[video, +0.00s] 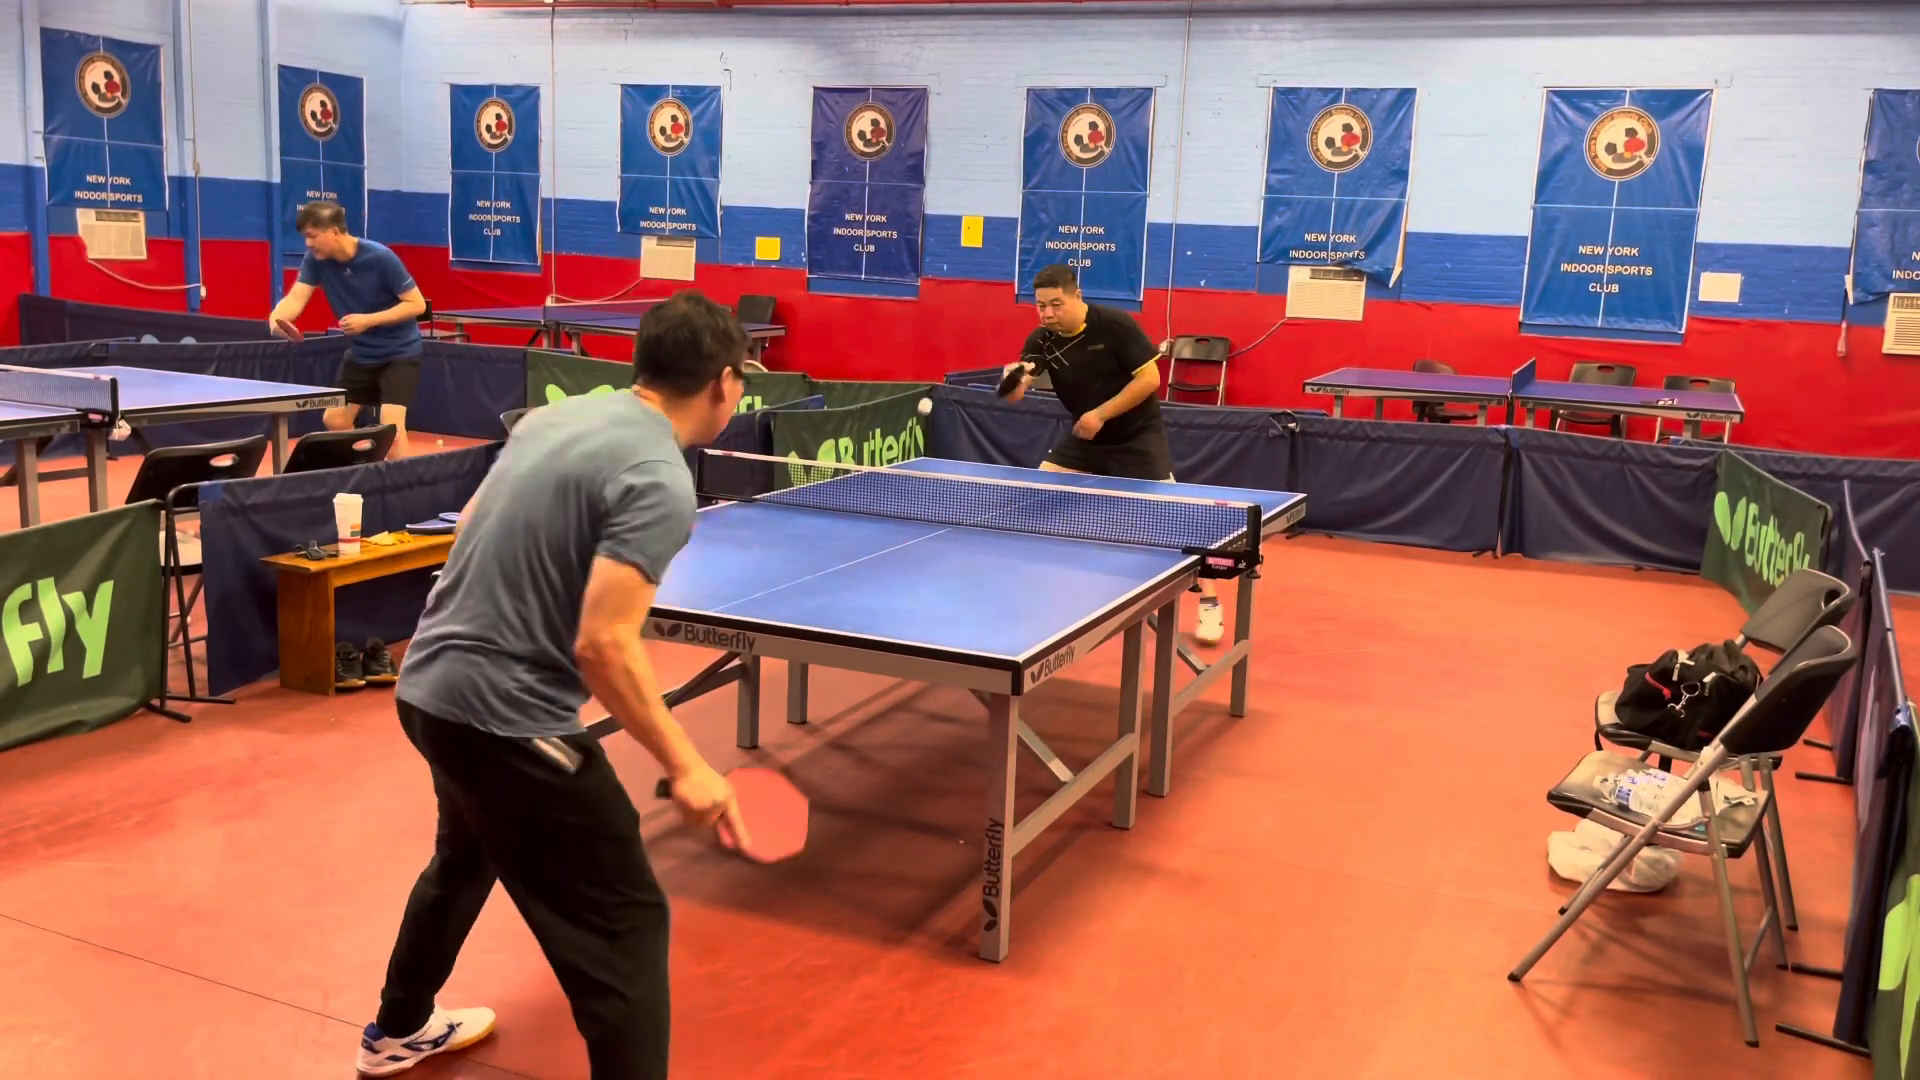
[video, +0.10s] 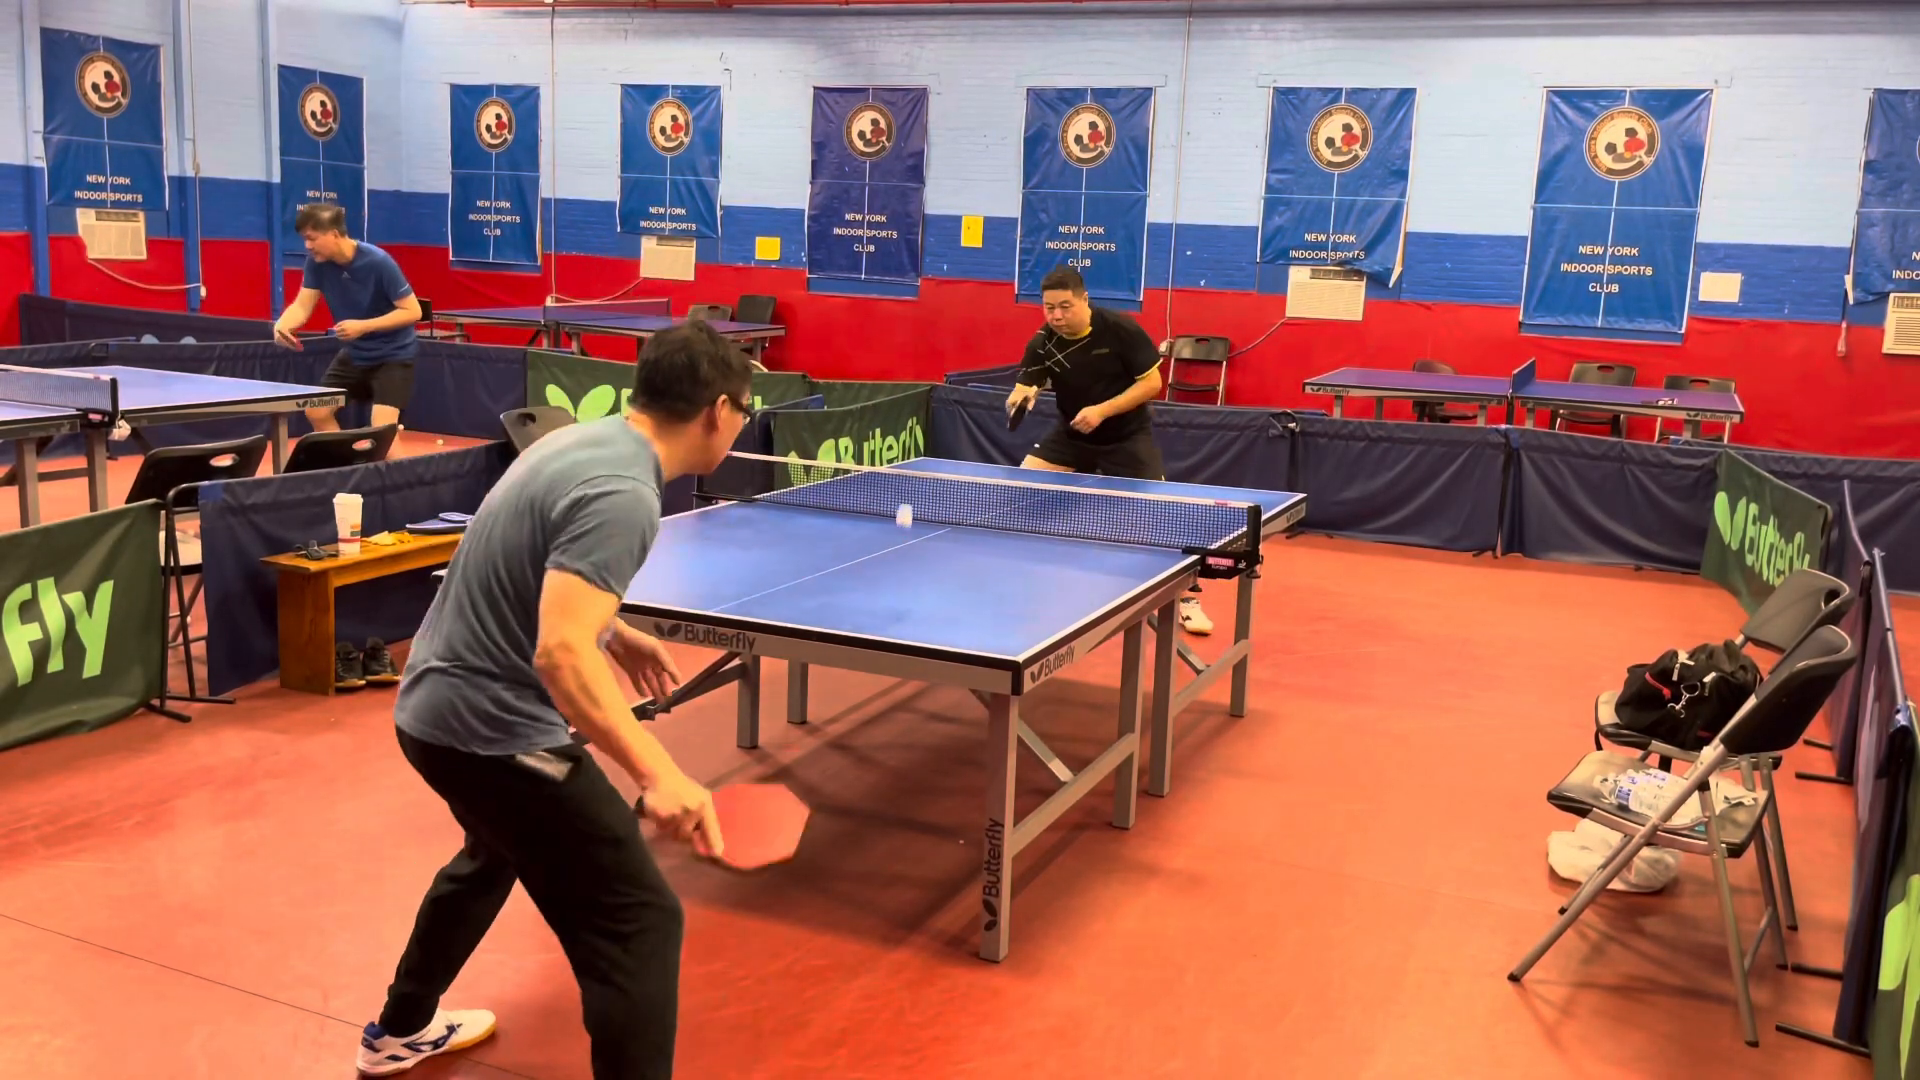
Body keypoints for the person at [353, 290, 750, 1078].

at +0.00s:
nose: (737, 403)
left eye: (740, 386)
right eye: (738, 386)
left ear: (644, 367)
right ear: (720, 384)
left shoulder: (550, 416)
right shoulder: (660, 475)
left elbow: (467, 531)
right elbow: (603, 644)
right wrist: (685, 767)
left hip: (431, 689)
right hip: (515, 717)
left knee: (464, 858)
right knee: (625, 922)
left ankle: (398, 1028)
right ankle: (631, 1068)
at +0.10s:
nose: (737, 430)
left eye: (741, 414)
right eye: (740, 413)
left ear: (647, 393)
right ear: (715, 411)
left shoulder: (578, 442)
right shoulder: (625, 493)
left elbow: (524, 571)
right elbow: (562, 654)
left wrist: (612, 631)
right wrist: (659, 776)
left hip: (432, 709)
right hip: (500, 731)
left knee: (495, 850)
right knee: (640, 921)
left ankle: (400, 1029)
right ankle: (634, 1067)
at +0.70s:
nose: (710, 396)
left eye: (708, 381)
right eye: (709, 381)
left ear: (608, 368)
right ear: (692, 383)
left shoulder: (508, 427)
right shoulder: (678, 491)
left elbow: (430, 551)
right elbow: (692, 644)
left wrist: (515, 595)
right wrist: (748, 582)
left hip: (440, 719)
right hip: (550, 741)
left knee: (475, 848)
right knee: (674, 928)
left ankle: (399, 1027)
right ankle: (662, 1072)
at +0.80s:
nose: (734, 400)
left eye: (736, 384)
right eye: (736, 384)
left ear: (641, 367)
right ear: (721, 382)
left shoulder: (536, 419)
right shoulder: (683, 487)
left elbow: (460, 534)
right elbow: (641, 654)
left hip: (432, 694)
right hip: (529, 720)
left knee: (462, 855)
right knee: (642, 928)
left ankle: (397, 1028)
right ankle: (646, 1070)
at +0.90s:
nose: (752, 412)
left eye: (754, 395)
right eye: (752, 395)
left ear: (657, 378)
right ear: (730, 396)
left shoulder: (581, 424)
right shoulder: (658, 484)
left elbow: (534, 556)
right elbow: (588, 649)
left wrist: (614, 630)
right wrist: (660, 788)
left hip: (431, 689)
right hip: (509, 718)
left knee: (465, 861)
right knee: (619, 929)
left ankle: (398, 1028)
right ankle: (634, 1071)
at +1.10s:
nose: (762, 425)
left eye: (766, 409)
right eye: (763, 408)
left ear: (668, 392)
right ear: (733, 408)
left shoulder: (587, 442)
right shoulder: (654, 493)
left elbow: (550, 578)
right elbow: (610, 656)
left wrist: (647, 635)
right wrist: (733, 739)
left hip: (438, 708)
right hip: (519, 733)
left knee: (494, 848)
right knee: (655, 927)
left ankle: (402, 1026)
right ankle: (646, 1070)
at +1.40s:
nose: (712, 337)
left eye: (712, 322)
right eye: (711, 322)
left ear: (611, 319)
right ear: (691, 327)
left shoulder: (510, 389)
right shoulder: (696, 431)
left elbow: (446, 529)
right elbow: (781, 488)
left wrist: (542, 508)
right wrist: (801, 395)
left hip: (460, 699)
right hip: (576, 715)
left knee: (452, 864)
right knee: (667, 920)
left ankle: (424, 1030)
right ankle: (658, 1072)